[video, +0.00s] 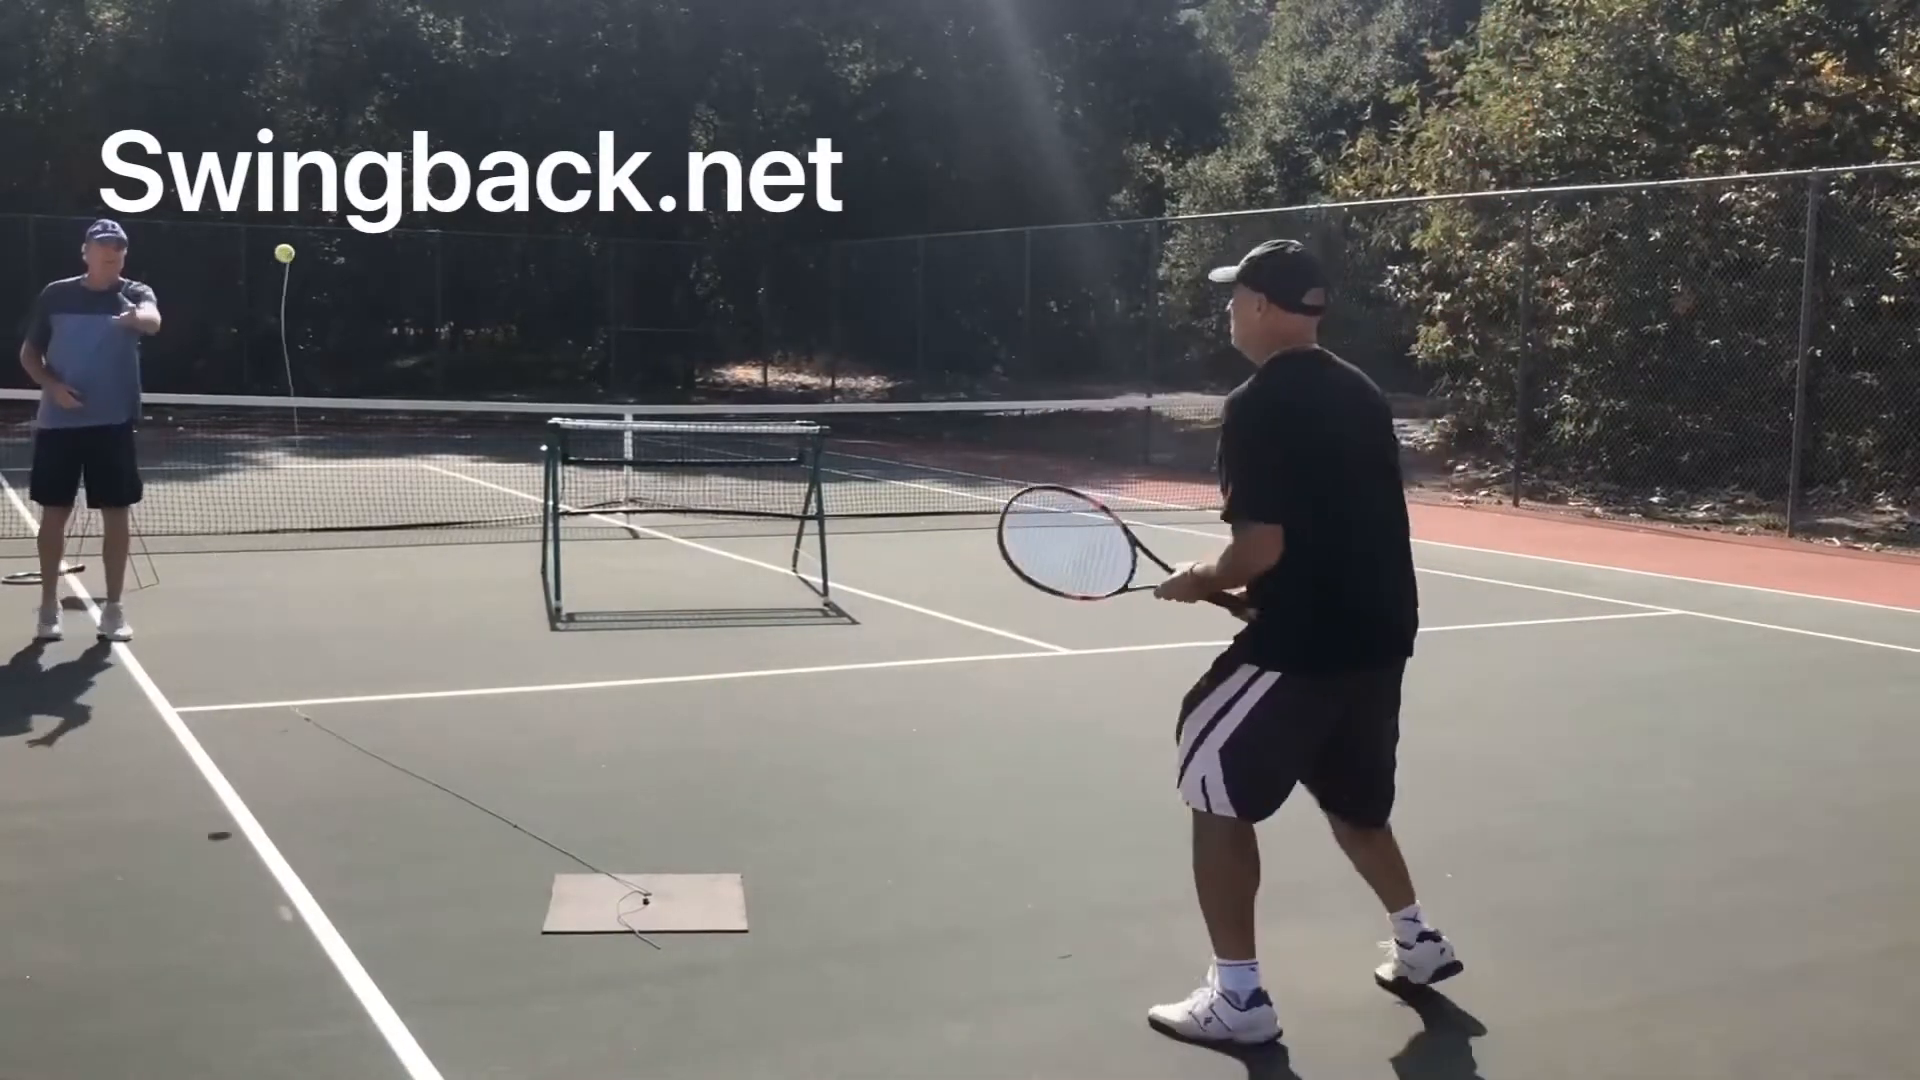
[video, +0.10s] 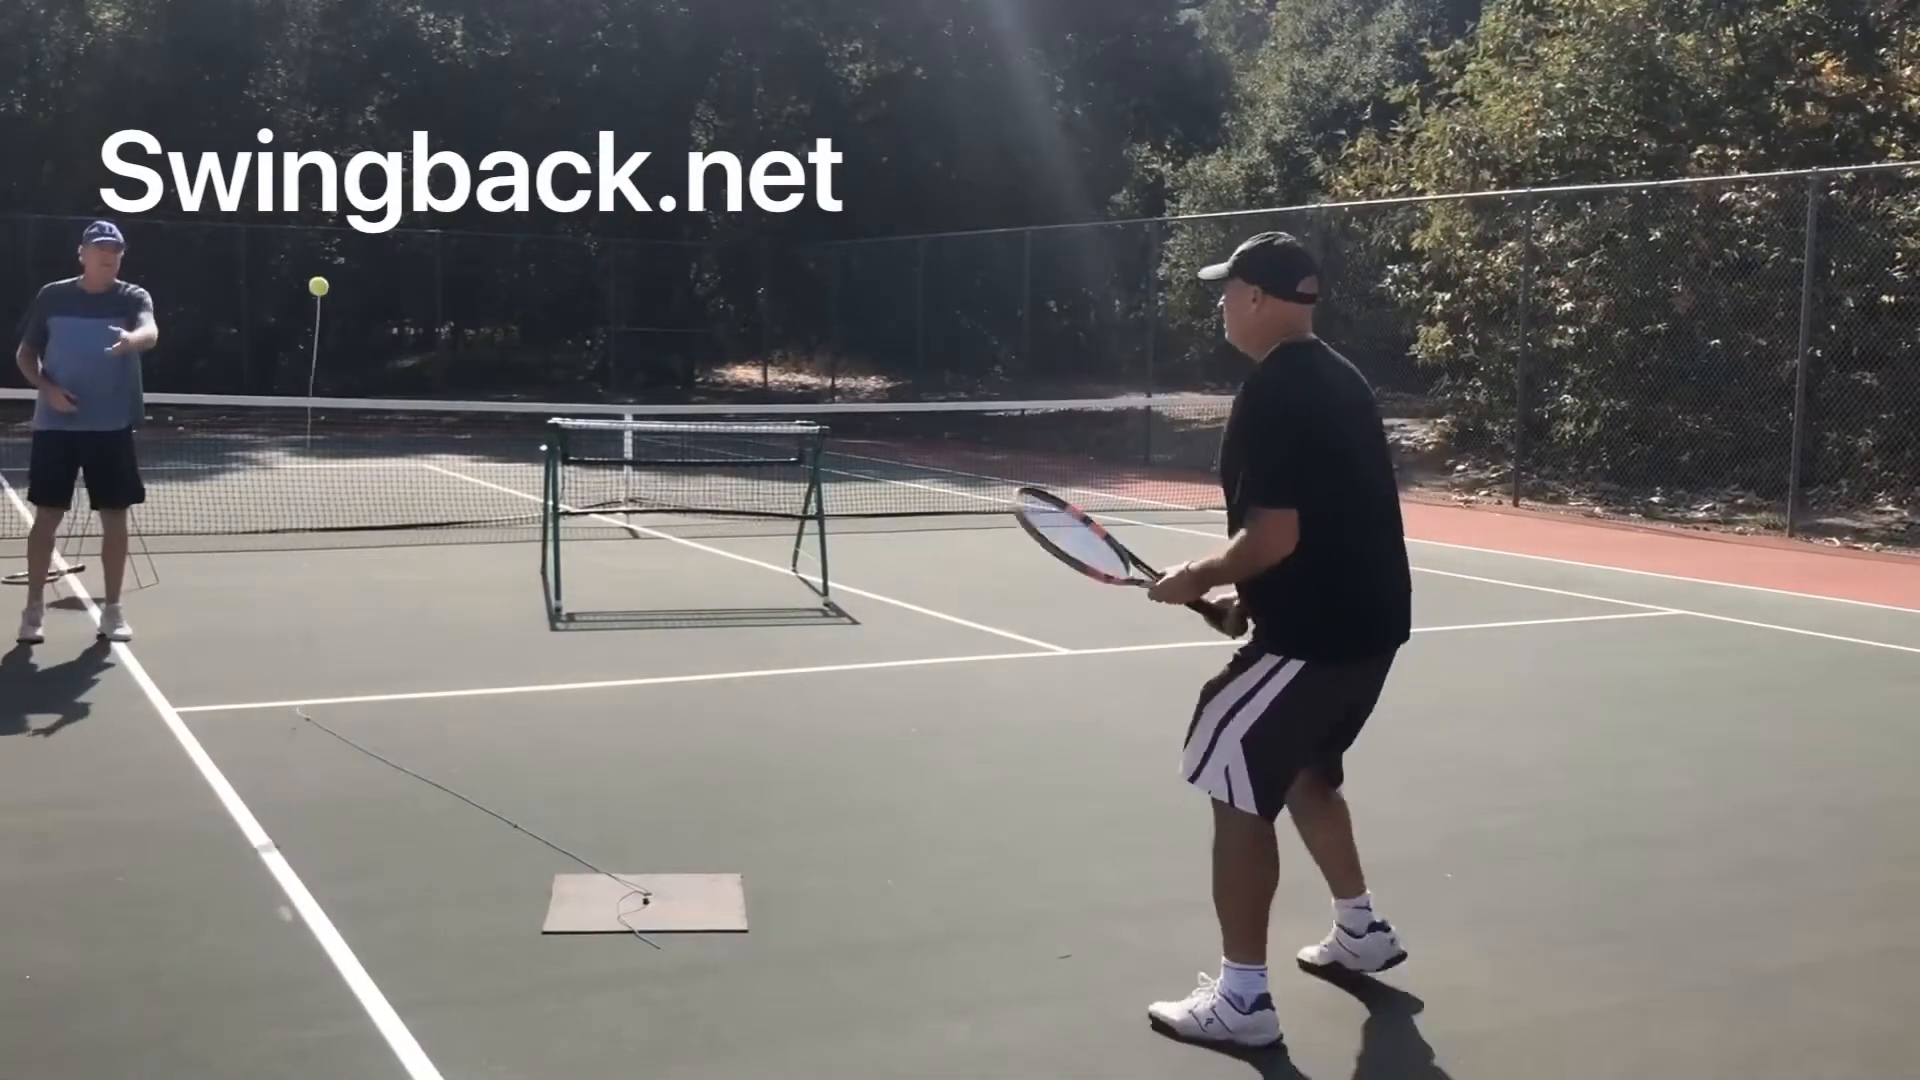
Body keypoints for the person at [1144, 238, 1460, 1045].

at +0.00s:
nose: (1230, 312)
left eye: (1238, 300)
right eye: (1234, 299)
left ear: (1269, 309)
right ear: (1309, 311)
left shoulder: (1259, 403)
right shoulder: (1361, 392)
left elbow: (1260, 544)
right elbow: (1359, 528)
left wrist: (1208, 577)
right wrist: (1259, 584)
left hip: (1298, 646)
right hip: (1379, 642)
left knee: (1214, 785)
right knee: (1354, 800)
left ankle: (1236, 994)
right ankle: (1418, 941)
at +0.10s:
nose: (1223, 307)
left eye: (1231, 294)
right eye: (1227, 293)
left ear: (1263, 300)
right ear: (1299, 302)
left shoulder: (1275, 387)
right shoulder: (1335, 377)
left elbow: (1274, 536)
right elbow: (1338, 525)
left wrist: (1200, 573)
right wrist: (1253, 595)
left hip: (1314, 633)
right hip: (1370, 625)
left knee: (1237, 776)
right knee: (1307, 768)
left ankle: (1242, 995)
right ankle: (1362, 927)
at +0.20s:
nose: (1222, 306)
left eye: (1231, 293)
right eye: (1226, 293)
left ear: (1267, 300)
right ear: (1287, 301)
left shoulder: (1296, 384)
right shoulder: (1305, 375)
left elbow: (1311, 530)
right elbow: (1299, 521)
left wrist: (1213, 569)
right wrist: (1232, 582)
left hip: (1326, 627)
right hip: (1337, 618)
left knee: (1256, 788)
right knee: (1301, 777)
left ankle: (1253, 996)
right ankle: (1349, 939)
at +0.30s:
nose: (1212, 303)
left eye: (1224, 290)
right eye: (1216, 289)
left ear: (1268, 299)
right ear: (1264, 299)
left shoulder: (1305, 383)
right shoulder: (1267, 380)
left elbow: (1342, 523)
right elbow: (1251, 503)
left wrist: (1225, 564)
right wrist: (1205, 572)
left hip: (1341, 619)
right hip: (1321, 613)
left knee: (1260, 770)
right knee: (1320, 778)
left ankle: (1318, 974)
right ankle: (1352, 944)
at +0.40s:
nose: (1197, 308)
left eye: (1208, 293)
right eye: (1199, 293)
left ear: (1256, 300)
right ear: (1235, 301)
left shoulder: (1312, 386)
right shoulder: (1228, 383)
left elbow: (1355, 515)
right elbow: (1219, 501)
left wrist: (1253, 562)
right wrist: (1198, 581)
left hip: (1344, 617)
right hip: (1293, 614)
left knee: (1294, 775)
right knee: (1306, 776)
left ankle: (1371, 973)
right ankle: (1351, 935)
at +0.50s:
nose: (1171, 326)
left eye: (1181, 312)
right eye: (1174, 313)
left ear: (1223, 317)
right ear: (1217, 319)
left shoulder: (1297, 399)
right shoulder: (1205, 402)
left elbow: (1351, 520)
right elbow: (1194, 514)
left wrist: (1252, 569)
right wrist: (1187, 587)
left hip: (1338, 629)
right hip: (1277, 626)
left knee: (1299, 793)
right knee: (1251, 769)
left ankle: (1373, 977)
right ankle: (1334, 925)